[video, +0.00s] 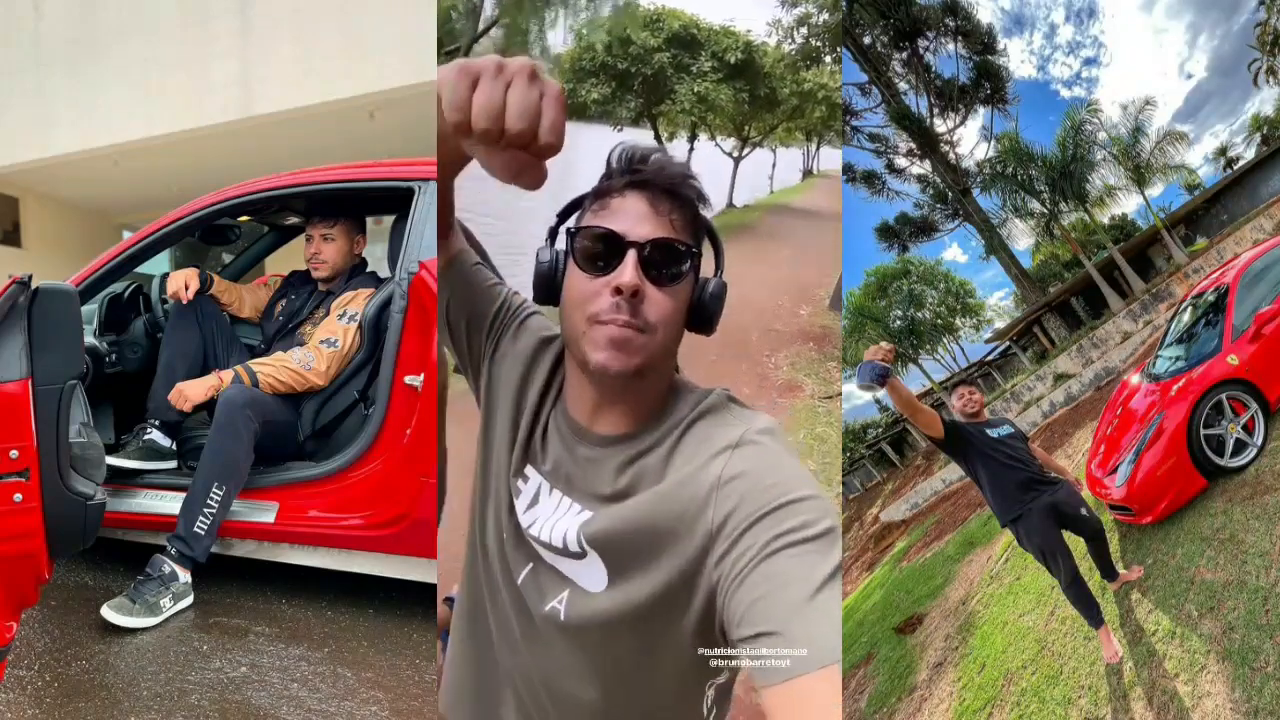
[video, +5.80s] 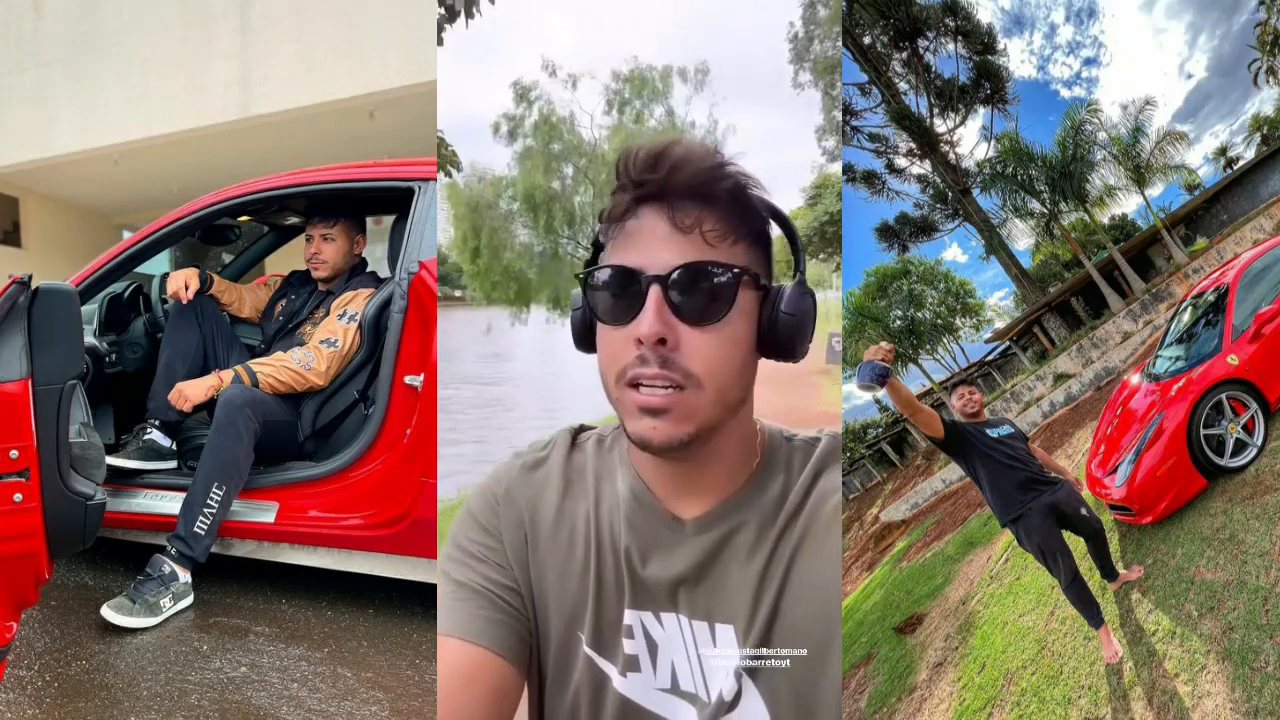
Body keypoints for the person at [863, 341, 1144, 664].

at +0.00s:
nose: (967, 397)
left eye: (971, 392)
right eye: (959, 397)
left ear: (983, 398)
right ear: (953, 410)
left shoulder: (1003, 424)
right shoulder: (957, 436)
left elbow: (1037, 454)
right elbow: (916, 412)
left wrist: (1067, 475)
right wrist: (885, 374)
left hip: (1052, 489)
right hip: (1022, 512)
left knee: (1094, 528)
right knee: (1065, 571)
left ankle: (1114, 576)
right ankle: (1101, 628)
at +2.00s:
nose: (967, 397)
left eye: (972, 392)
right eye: (959, 397)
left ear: (983, 398)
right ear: (952, 410)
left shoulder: (1003, 423)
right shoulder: (957, 436)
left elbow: (1036, 453)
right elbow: (917, 413)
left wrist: (1067, 475)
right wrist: (885, 375)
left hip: (1051, 489)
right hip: (1022, 512)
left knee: (1093, 528)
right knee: (1066, 572)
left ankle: (1114, 576)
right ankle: (1101, 628)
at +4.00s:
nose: (966, 397)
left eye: (971, 392)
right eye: (959, 397)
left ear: (983, 398)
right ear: (953, 410)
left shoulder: (1003, 424)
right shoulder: (956, 436)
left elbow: (1037, 454)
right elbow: (916, 412)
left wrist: (1067, 476)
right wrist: (885, 373)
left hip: (1051, 489)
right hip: (1021, 512)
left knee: (1093, 528)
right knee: (1065, 572)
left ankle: (1113, 576)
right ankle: (1101, 628)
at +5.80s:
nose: (967, 397)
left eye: (971, 392)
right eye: (959, 397)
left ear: (983, 399)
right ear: (953, 410)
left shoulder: (1004, 424)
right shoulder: (956, 436)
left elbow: (1036, 453)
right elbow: (916, 412)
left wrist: (1066, 475)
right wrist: (885, 374)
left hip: (1052, 489)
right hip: (1022, 512)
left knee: (1094, 528)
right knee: (1066, 572)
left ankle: (1114, 576)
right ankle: (1101, 628)